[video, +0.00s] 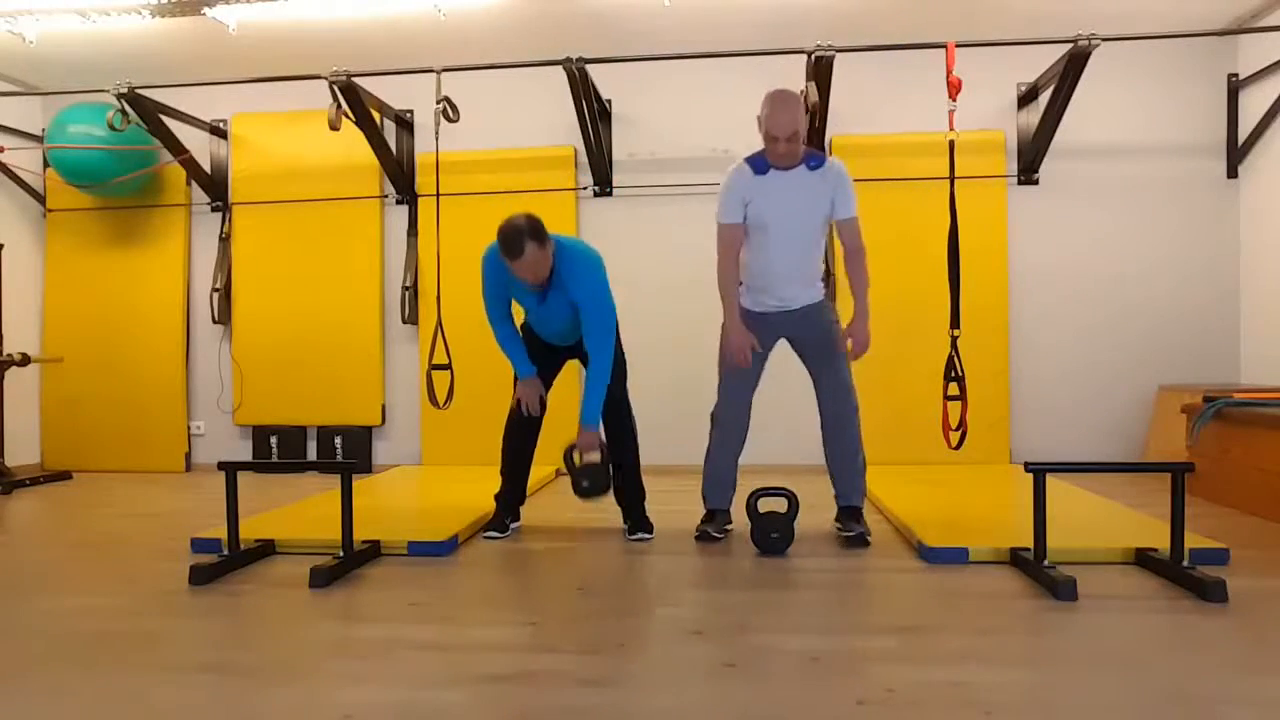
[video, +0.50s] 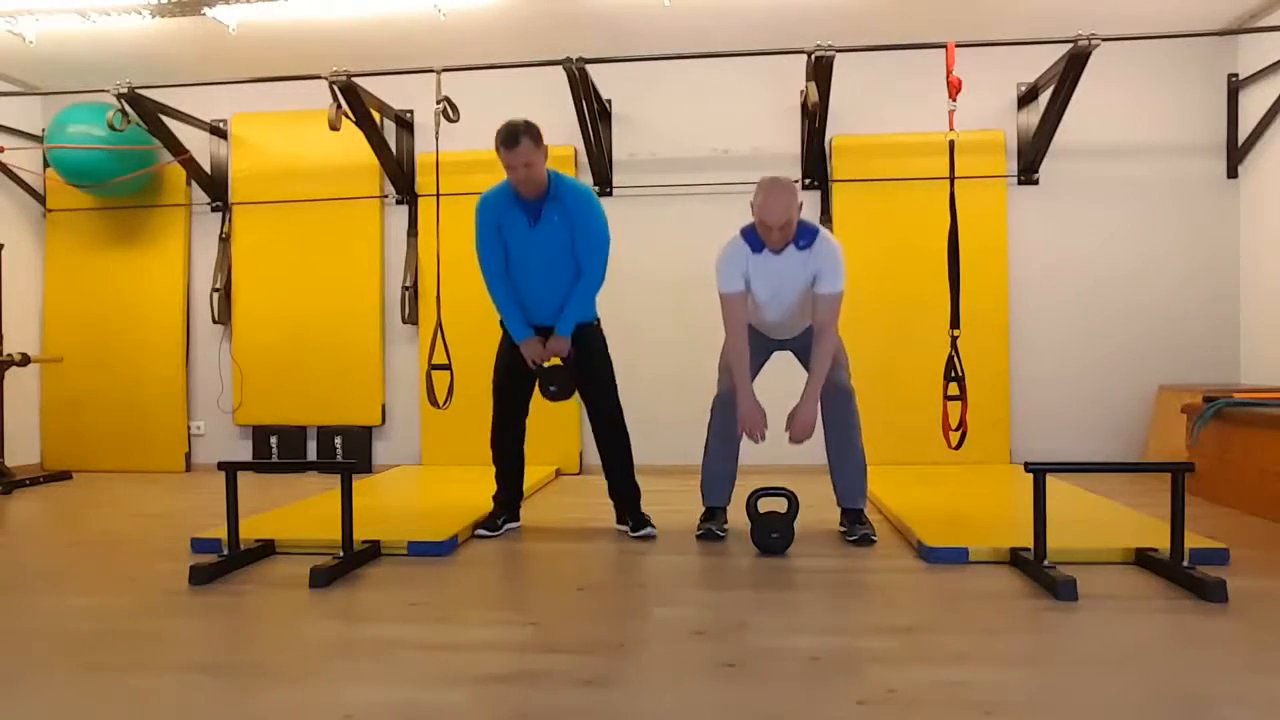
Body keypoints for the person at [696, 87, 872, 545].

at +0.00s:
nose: (785, 146)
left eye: (793, 137)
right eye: (776, 138)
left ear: (805, 129)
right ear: (760, 129)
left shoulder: (831, 174)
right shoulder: (741, 179)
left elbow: (852, 247)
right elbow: (727, 254)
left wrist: (860, 315)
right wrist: (731, 321)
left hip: (812, 311)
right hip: (752, 313)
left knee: (841, 404)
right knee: (729, 409)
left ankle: (850, 509)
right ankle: (717, 510)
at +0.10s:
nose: (777, 164)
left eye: (785, 154)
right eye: (767, 154)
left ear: (800, 143)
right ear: (754, 145)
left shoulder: (828, 190)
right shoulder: (738, 194)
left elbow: (843, 267)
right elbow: (729, 273)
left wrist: (843, 333)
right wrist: (733, 340)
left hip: (809, 315)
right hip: (749, 317)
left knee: (838, 403)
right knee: (728, 405)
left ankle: (853, 509)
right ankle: (716, 509)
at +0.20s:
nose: (776, 183)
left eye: (785, 172)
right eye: (766, 173)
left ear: (800, 161)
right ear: (753, 164)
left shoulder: (828, 207)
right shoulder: (737, 215)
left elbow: (836, 285)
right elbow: (731, 294)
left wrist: (832, 349)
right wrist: (737, 356)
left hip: (809, 318)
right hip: (751, 320)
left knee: (839, 393)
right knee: (728, 399)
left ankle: (853, 510)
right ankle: (717, 510)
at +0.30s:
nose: (777, 203)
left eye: (786, 194)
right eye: (767, 195)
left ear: (801, 182)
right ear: (754, 184)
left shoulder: (829, 221)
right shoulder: (738, 227)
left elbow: (833, 304)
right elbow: (734, 309)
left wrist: (820, 374)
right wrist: (740, 374)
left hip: (809, 322)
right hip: (752, 324)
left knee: (840, 394)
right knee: (727, 399)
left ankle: (853, 510)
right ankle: (716, 509)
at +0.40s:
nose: (777, 220)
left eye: (786, 210)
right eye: (768, 211)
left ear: (801, 197)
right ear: (755, 198)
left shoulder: (828, 237)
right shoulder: (737, 241)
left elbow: (829, 317)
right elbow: (735, 319)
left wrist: (813, 388)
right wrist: (742, 385)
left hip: (808, 328)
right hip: (753, 329)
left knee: (840, 396)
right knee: (727, 400)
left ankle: (853, 510)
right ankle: (712, 508)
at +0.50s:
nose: (775, 236)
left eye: (784, 226)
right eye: (766, 227)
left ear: (799, 211)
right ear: (753, 211)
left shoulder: (825, 250)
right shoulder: (734, 254)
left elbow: (826, 331)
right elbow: (736, 332)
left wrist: (809, 403)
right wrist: (745, 397)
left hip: (809, 333)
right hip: (754, 334)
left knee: (840, 395)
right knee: (726, 401)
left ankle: (853, 510)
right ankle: (715, 508)